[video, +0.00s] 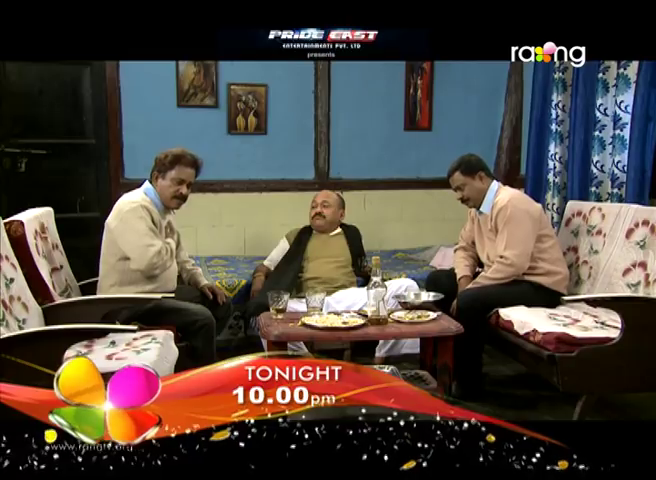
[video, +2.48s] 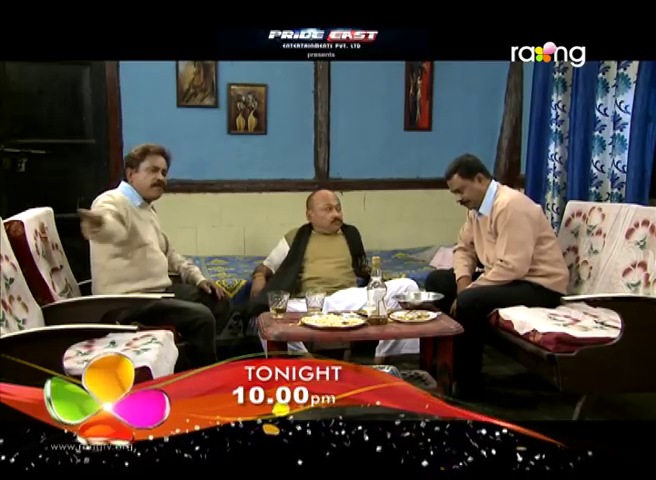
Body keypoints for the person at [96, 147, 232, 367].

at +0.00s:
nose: (184, 191)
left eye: (189, 186)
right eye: (178, 183)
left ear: (192, 188)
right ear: (157, 178)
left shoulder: (162, 215)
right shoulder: (132, 208)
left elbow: (181, 259)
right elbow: (149, 262)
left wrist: (203, 283)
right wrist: (170, 244)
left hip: (155, 296)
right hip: (127, 304)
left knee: (218, 304)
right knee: (201, 319)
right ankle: (204, 386)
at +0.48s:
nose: (179, 189)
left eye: (183, 184)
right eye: (173, 180)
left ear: (186, 186)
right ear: (151, 177)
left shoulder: (158, 214)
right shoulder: (127, 208)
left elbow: (179, 258)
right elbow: (145, 261)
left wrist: (202, 283)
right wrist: (167, 241)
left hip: (156, 297)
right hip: (127, 305)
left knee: (218, 304)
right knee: (200, 319)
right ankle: (203, 386)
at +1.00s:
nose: (171, 187)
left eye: (175, 181)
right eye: (164, 179)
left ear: (179, 183)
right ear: (142, 177)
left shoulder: (153, 212)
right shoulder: (120, 208)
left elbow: (176, 257)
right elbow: (140, 260)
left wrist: (202, 282)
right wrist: (163, 241)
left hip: (156, 296)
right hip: (127, 304)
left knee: (218, 303)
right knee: (200, 318)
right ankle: (204, 384)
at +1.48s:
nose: (165, 185)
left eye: (169, 179)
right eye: (158, 177)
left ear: (173, 182)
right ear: (136, 176)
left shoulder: (147, 211)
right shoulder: (115, 208)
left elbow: (175, 258)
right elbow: (140, 258)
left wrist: (201, 282)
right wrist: (163, 238)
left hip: (156, 295)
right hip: (127, 304)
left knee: (218, 303)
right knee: (200, 318)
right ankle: (203, 385)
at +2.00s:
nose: (160, 183)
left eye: (164, 178)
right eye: (153, 175)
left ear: (168, 181)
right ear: (132, 176)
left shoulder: (151, 212)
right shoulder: (111, 206)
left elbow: (174, 257)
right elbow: (148, 240)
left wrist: (200, 281)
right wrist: (165, 218)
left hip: (159, 294)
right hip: (126, 302)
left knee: (218, 303)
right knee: (200, 318)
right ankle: (204, 384)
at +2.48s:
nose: (160, 177)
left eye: (163, 173)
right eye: (152, 170)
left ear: (166, 177)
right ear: (131, 175)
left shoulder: (146, 211)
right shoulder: (112, 202)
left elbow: (168, 255)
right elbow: (112, 226)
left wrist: (199, 280)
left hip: (159, 293)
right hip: (126, 302)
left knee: (218, 302)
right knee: (201, 318)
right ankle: (204, 382)